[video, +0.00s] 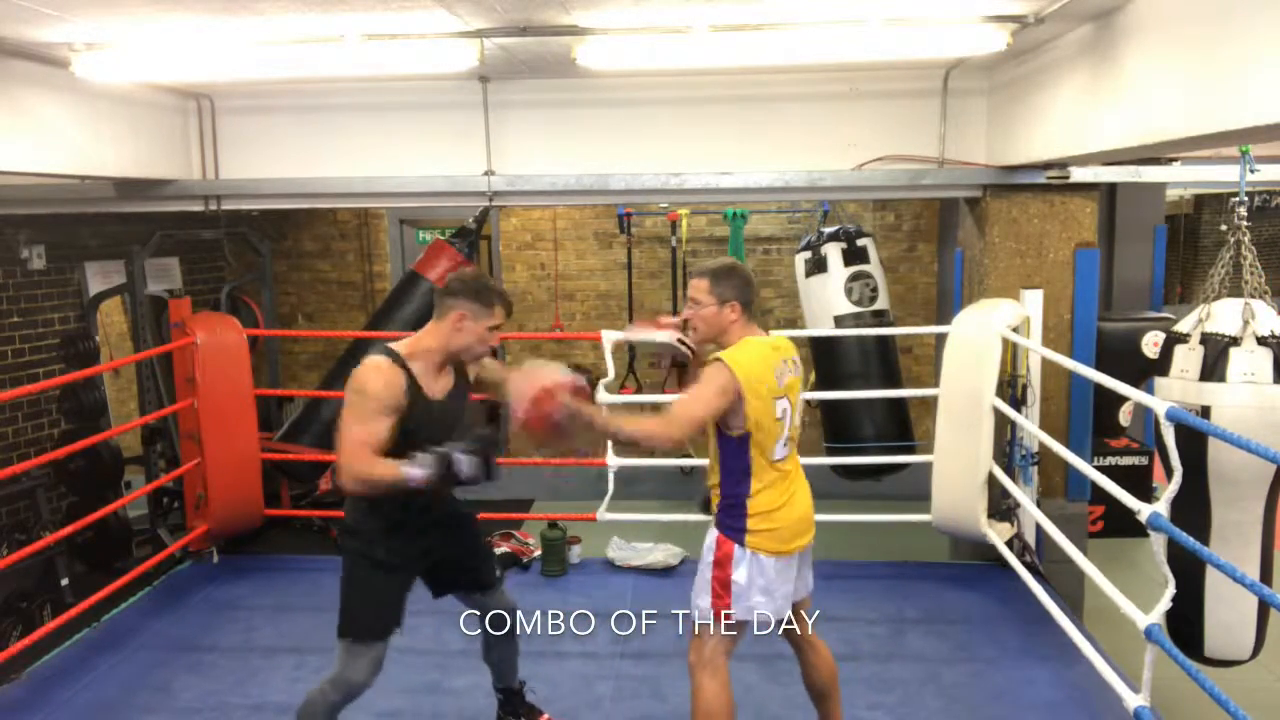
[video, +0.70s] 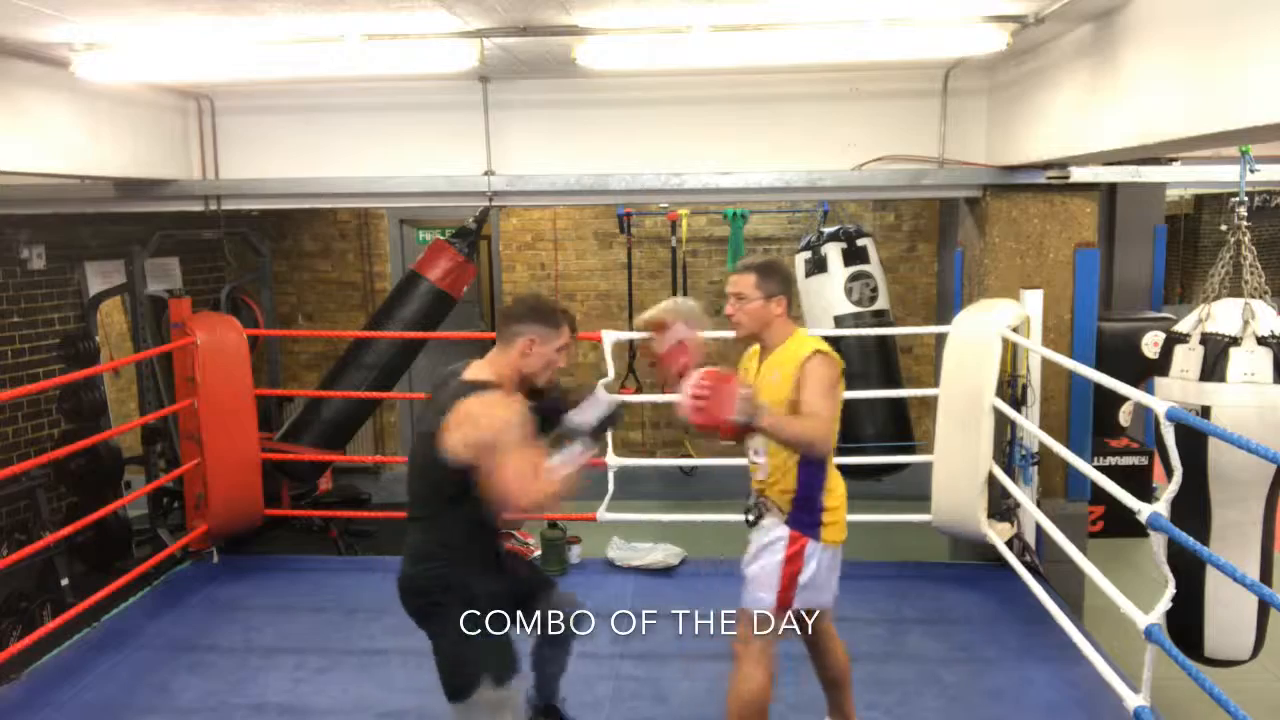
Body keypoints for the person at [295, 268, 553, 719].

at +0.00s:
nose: (496, 341)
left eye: (498, 330)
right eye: (492, 328)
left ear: (458, 322)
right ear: (457, 321)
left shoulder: (464, 363)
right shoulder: (379, 374)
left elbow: (517, 386)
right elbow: (352, 470)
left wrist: (557, 388)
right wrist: (431, 468)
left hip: (439, 517)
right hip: (377, 526)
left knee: (500, 613)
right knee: (357, 671)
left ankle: (511, 705)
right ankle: (310, 716)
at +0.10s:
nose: (506, 336)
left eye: (508, 325)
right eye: (502, 323)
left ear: (467, 314)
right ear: (467, 312)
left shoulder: (467, 363)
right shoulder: (395, 368)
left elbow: (511, 388)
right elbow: (357, 463)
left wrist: (538, 388)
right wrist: (442, 433)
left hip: (443, 518)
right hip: (389, 529)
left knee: (504, 611)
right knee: (362, 677)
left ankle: (513, 704)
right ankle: (313, 717)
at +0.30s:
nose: (551, 363)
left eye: (553, 348)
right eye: (544, 347)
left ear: (506, 335)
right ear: (514, 337)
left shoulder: (459, 361)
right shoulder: (489, 380)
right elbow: (533, 467)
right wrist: (597, 437)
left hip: (455, 532)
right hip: (415, 544)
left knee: (519, 608)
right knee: (405, 694)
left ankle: (514, 702)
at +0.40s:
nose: (578, 399)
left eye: (583, 389)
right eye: (577, 387)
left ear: (547, 373)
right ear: (548, 373)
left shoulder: (512, 406)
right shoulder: (487, 413)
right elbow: (470, 508)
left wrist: (550, 461)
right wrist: (539, 493)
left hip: (463, 543)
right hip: (417, 554)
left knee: (532, 613)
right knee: (440, 693)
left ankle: (515, 701)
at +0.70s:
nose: (562, 363)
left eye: (565, 352)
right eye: (559, 350)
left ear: (524, 345)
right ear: (527, 347)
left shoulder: (471, 378)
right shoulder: (495, 409)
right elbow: (521, 497)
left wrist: (573, 418)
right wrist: (571, 462)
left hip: (474, 557)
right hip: (451, 574)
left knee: (561, 615)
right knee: (493, 702)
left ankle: (544, 706)